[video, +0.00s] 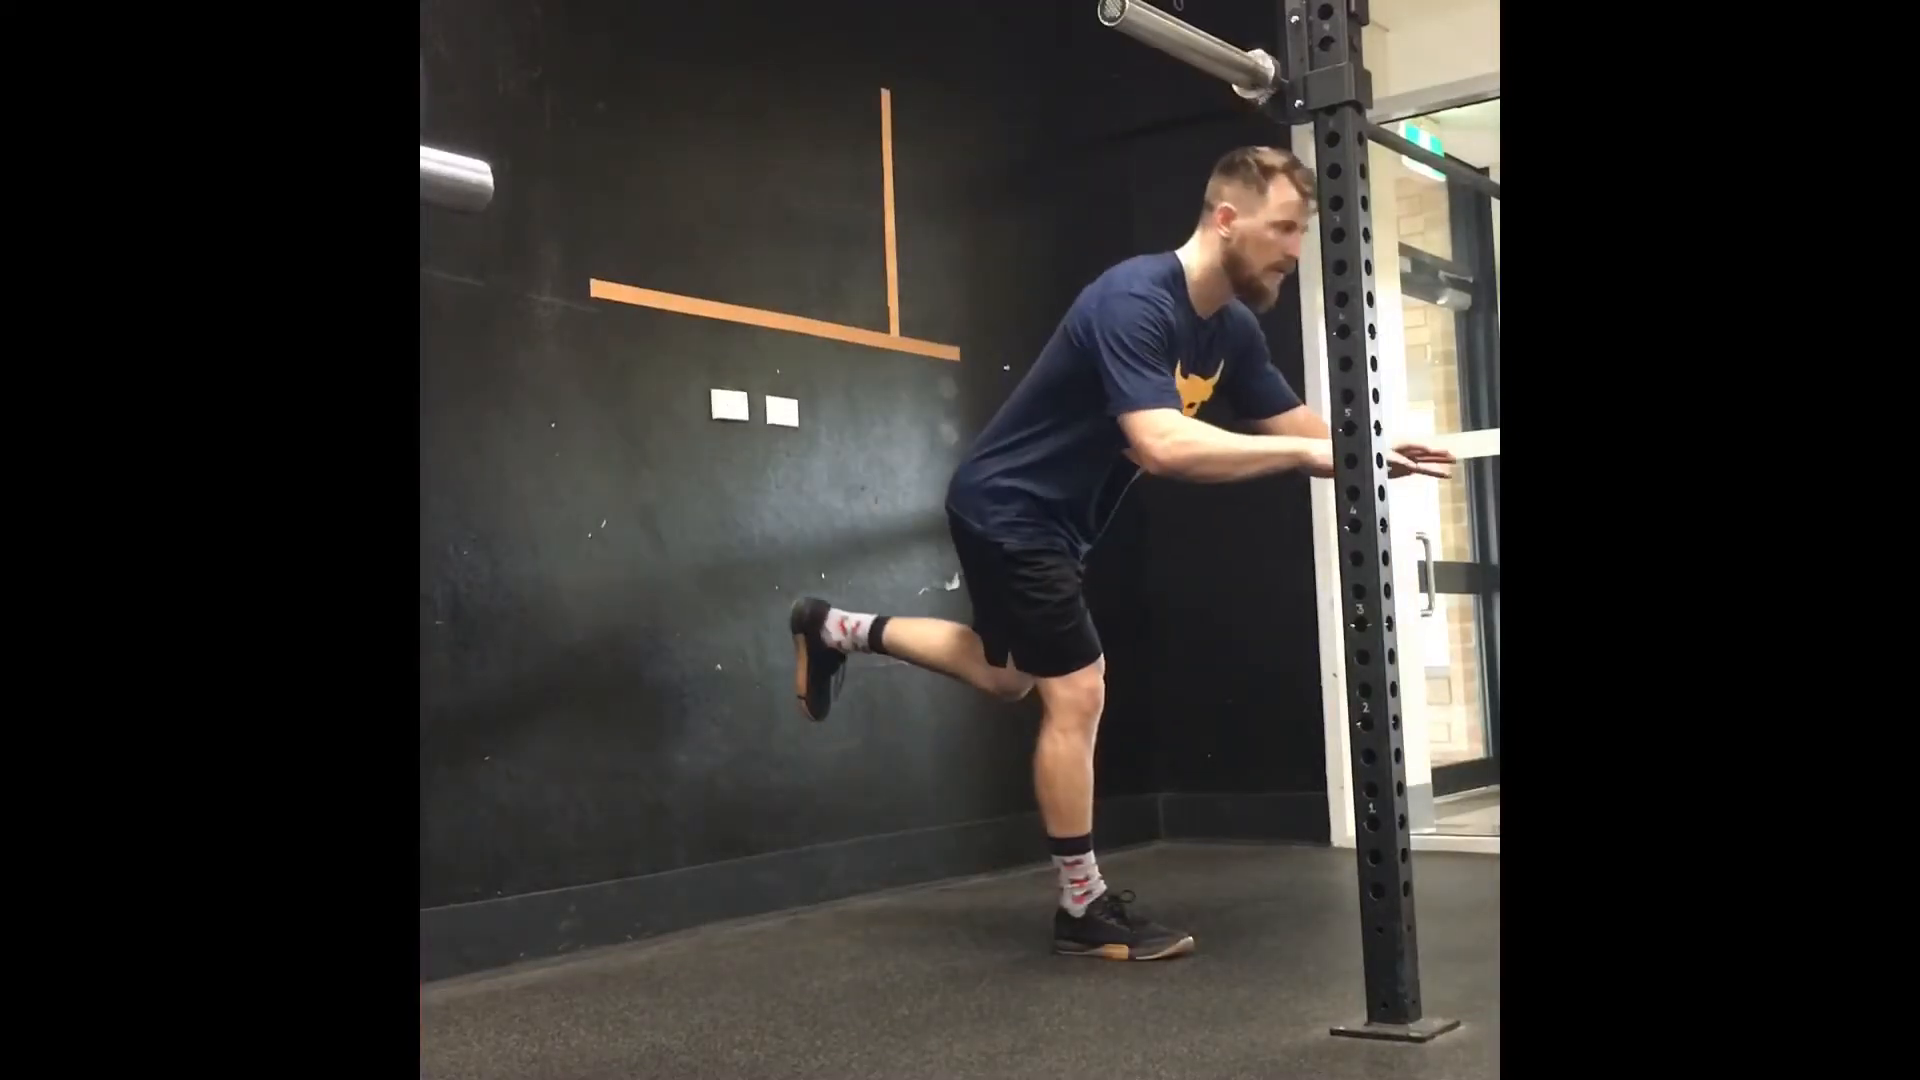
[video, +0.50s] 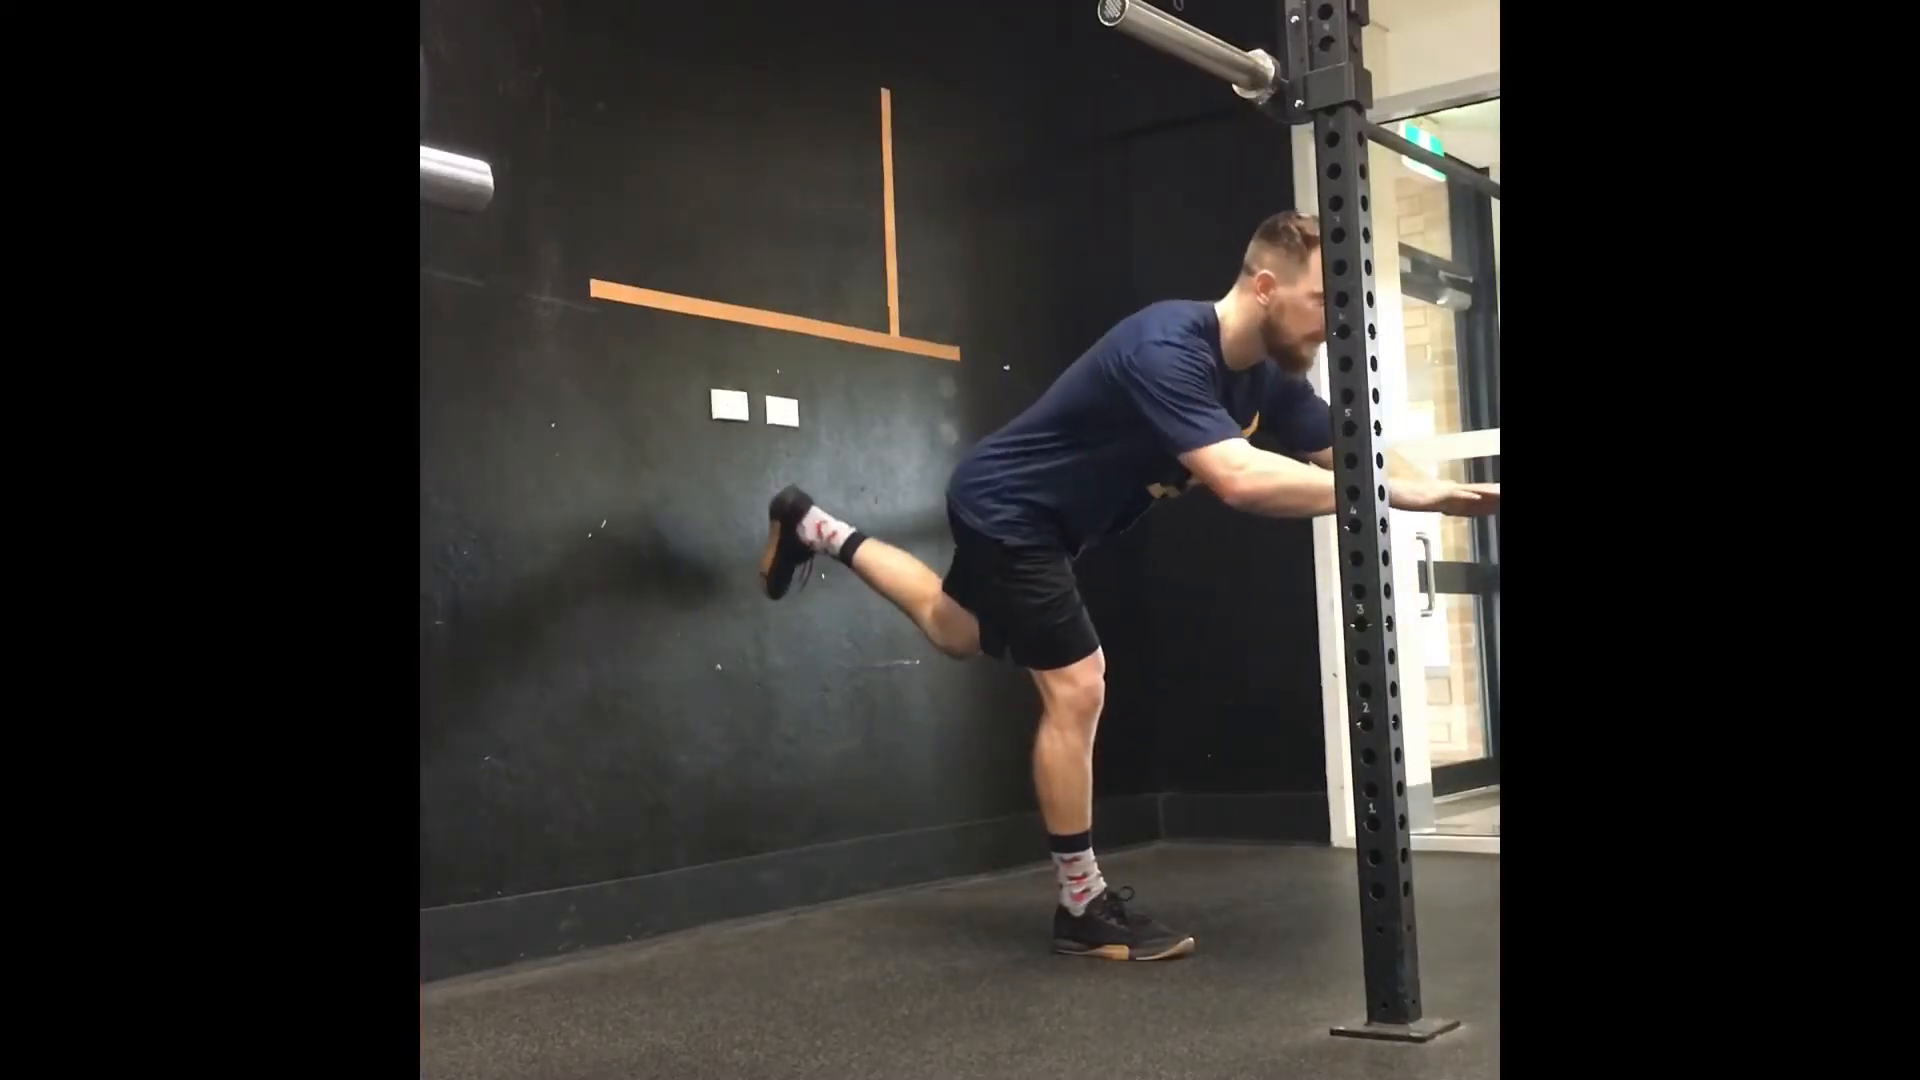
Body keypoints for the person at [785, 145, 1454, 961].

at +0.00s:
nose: (1297, 249)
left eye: (1302, 231)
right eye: (1285, 227)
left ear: (1244, 226)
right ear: (1223, 218)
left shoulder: (1232, 325)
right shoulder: (1133, 300)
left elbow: (1285, 424)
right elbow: (1160, 444)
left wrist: (1375, 448)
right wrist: (1308, 458)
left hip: (1057, 518)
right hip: (1005, 507)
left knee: (1003, 671)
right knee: (1076, 691)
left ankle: (835, 630)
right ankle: (1084, 911)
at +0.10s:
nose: (1305, 266)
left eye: (1311, 249)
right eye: (1292, 247)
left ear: (1269, 248)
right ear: (1230, 237)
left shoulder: (1246, 337)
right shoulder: (1142, 310)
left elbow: (1308, 434)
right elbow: (1184, 454)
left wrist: (1395, 456)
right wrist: (1335, 465)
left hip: (1057, 520)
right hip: (1003, 506)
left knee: (995, 666)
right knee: (1074, 690)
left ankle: (834, 616)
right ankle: (1080, 906)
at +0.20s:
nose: (1314, 282)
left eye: (1318, 263)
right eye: (1303, 261)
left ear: (1266, 258)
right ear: (1243, 249)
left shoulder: (1255, 348)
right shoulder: (1148, 320)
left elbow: (1326, 440)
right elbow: (1204, 460)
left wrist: (1414, 464)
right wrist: (1358, 470)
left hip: (1056, 521)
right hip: (1002, 507)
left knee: (987, 661)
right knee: (1074, 690)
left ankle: (829, 596)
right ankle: (1081, 904)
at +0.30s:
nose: (1323, 294)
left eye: (1327, 275)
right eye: (1312, 272)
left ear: (1277, 270)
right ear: (1251, 259)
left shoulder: (1255, 355)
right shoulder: (1158, 329)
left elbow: (1335, 442)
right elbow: (1217, 463)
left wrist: (1427, 463)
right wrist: (1374, 473)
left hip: (1052, 522)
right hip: (1001, 510)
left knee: (977, 651)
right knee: (1074, 692)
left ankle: (824, 575)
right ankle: (1081, 902)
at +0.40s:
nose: (1327, 307)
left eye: (1330, 290)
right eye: (1318, 288)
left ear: (1278, 282)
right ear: (1261, 275)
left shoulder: (1257, 360)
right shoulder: (1162, 338)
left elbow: (1341, 446)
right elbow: (1227, 469)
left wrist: (1436, 472)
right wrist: (1385, 481)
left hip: (1048, 521)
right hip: (1001, 509)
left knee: (963, 639)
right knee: (1076, 686)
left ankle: (819, 552)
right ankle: (1081, 900)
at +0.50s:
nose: (1331, 320)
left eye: (1334, 303)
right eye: (1324, 300)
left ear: (1280, 290)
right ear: (1270, 284)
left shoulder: (1262, 373)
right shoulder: (1166, 346)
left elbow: (1352, 457)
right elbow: (1236, 479)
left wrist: (1459, 494)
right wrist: (1375, 490)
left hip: (1043, 520)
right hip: (1000, 508)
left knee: (954, 627)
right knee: (1075, 686)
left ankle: (814, 528)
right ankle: (1084, 911)